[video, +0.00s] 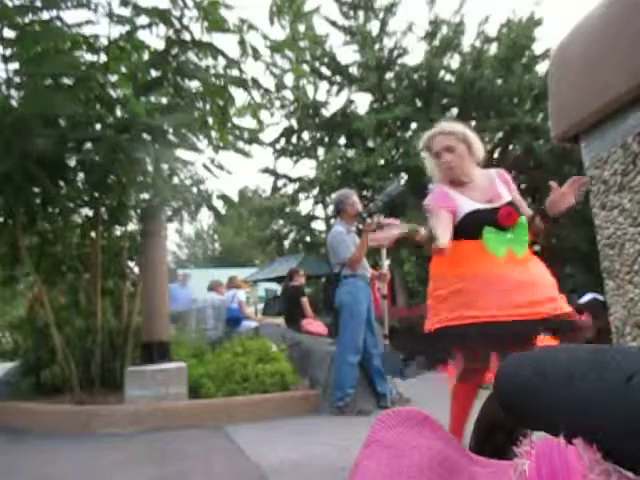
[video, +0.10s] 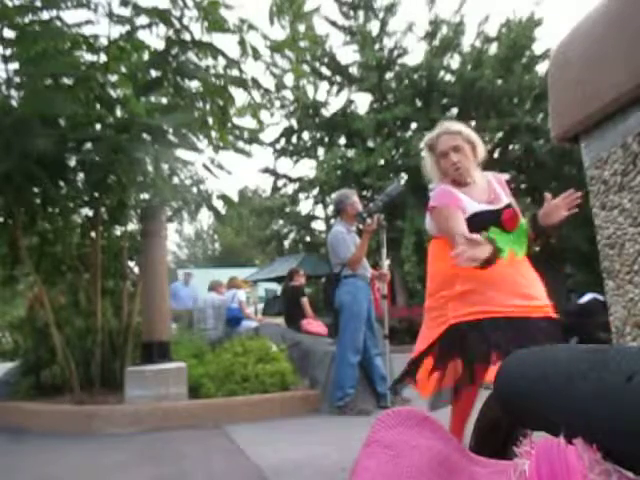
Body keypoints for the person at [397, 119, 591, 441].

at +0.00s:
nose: (445, 159)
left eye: (451, 150)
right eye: (437, 155)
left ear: (470, 149)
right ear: (434, 164)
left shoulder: (499, 178)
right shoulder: (440, 196)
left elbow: (529, 227)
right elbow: (441, 237)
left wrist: (548, 212)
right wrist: (436, 240)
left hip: (516, 280)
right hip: (467, 284)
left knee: (521, 362)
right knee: (474, 365)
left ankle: (520, 437)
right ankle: (454, 441)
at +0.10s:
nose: (452, 160)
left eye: (457, 150)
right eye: (443, 156)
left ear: (473, 150)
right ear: (436, 165)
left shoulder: (497, 183)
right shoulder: (443, 196)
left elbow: (514, 235)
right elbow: (455, 231)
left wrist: (540, 222)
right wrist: (475, 247)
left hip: (515, 281)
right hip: (466, 286)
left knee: (535, 355)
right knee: (472, 367)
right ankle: (455, 441)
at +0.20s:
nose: (461, 153)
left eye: (465, 144)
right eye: (450, 150)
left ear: (479, 147)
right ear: (441, 160)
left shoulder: (493, 184)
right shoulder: (449, 191)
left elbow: (505, 224)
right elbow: (480, 241)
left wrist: (533, 218)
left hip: (501, 290)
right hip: (468, 296)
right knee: (472, 371)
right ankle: (455, 442)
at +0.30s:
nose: (473, 147)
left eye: (478, 138)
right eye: (463, 143)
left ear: (487, 142)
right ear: (449, 152)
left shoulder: (487, 180)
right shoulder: (456, 183)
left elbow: (497, 215)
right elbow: (496, 231)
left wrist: (525, 203)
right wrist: (556, 224)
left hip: (490, 283)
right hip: (470, 286)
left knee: (474, 367)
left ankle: (454, 443)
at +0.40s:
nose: (491, 141)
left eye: (494, 133)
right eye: (481, 134)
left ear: (500, 137)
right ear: (460, 143)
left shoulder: (461, 174)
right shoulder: (471, 176)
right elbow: (508, 225)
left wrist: (518, 187)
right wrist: (546, 218)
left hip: (470, 282)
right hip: (482, 283)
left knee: (477, 364)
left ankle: (455, 441)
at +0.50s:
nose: (505, 139)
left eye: (507, 132)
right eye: (497, 131)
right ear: (474, 135)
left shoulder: (465, 169)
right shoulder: (479, 172)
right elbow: (513, 224)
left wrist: (518, 176)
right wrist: (537, 218)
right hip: (479, 282)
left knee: (480, 361)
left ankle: (455, 439)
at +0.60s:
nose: (513, 140)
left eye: (512, 132)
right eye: (508, 132)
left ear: (485, 136)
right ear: (488, 134)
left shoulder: (473, 168)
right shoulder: (482, 172)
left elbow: (521, 178)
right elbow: (517, 225)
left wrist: (538, 170)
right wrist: (537, 223)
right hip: (483, 286)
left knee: (475, 364)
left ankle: (454, 441)